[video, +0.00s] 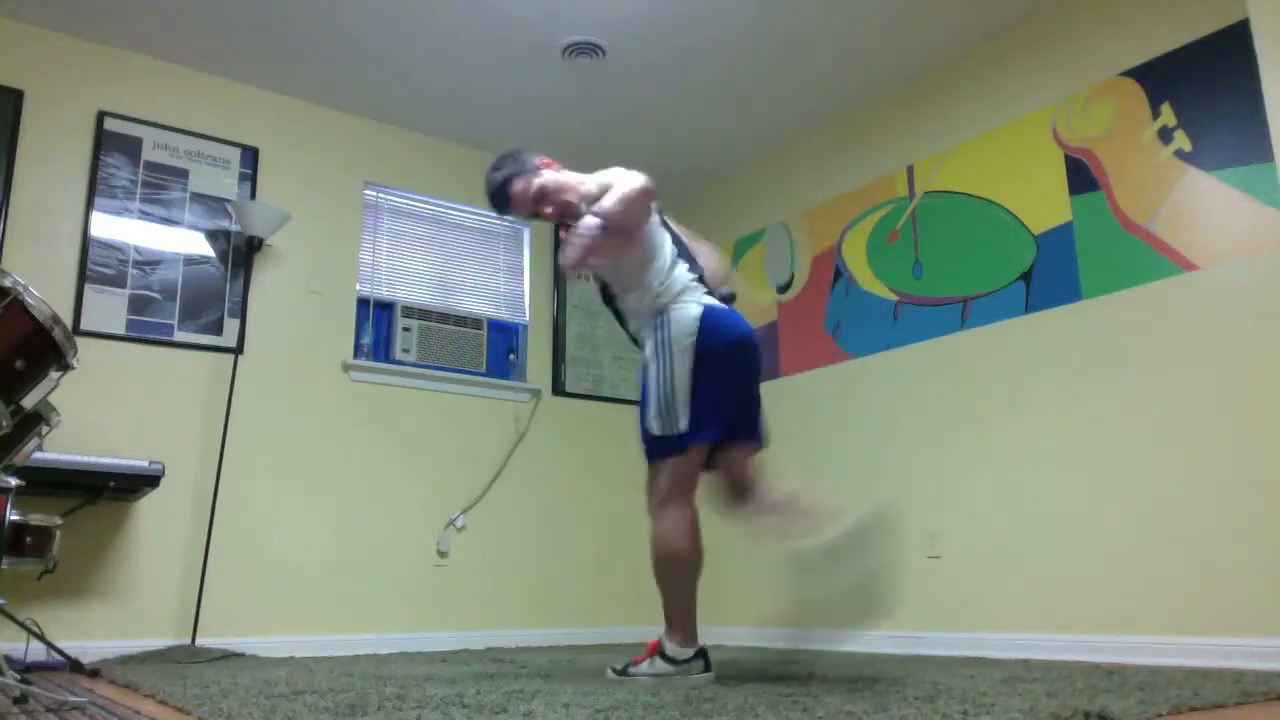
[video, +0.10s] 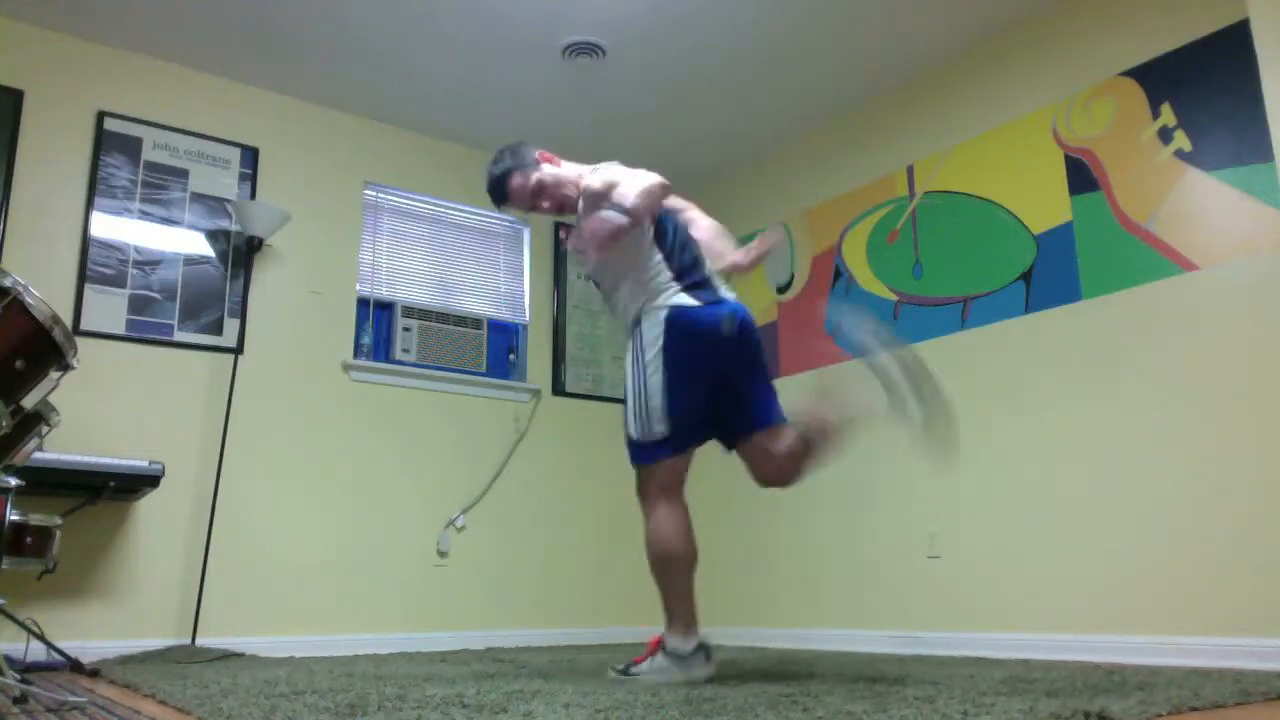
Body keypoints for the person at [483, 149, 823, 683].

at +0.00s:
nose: (547, 210)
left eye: (540, 196)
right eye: (535, 213)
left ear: (549, 164)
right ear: (531, 215)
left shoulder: (601, 183)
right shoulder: (608, 212)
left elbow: (639, 191)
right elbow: (705, 258)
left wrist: (593, 227)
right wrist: (723, 289)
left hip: (685, 335)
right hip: (723, 332)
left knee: (670, 498)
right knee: (740, 489)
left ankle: (680, 648)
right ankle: (840, 525)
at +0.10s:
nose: (547, 203)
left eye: (540, 189)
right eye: (536, 205)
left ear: (548, 160)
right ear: (530, 212)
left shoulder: (592, 179)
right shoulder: (604, 196)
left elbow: (650, 185)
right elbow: (680, 210)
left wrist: (618, 216)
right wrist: (728, 254)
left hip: (668, 325)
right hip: (723, 319)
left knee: (660, 493)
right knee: (775, 464)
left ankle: (682, 645)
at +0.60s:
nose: (548, 201)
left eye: (542, 189)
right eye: (538, 200)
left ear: (556, 156)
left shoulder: (609, 178)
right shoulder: (608, 195)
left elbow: (667, 190)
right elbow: (630, 243)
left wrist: (681, 232)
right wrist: (585, 237)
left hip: (678, 317)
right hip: (723, 309)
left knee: (648, 477)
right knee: (728, 472)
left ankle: (685, 624)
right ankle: (759, 365)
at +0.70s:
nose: (561, 207)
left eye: (555, 194)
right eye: (552, 205)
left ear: (568, 161)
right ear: (551, 200)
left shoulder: (619, 183)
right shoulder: (612, 207)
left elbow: (669, 199)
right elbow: (629, 267)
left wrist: (663, 242)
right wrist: (575, 277)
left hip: (686, 331)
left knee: (658, 489)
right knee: (711, 485)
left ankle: (695, 641)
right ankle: (706, 393)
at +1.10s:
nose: (569, 254)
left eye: (562, 240)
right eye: (557, 253)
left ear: (573, 206)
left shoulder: (630, 230)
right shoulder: (613, 230)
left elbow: (691, 265)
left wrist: (649, 337)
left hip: (719, 358)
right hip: (743, 355)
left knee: (676, 502)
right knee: (716, 504)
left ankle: (708, 646)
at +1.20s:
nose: (567, 264)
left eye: (561, 251)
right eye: (556, 262)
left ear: (572, 217)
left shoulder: (638, 241)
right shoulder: (620, 249)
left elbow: (699, 270)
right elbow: (690, 244)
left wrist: (656, 334)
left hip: (723, 366)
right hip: (709, 371)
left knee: (673, 502)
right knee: (712, 516)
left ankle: (708, 646)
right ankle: (822, 601)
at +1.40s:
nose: (578, 211)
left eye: (572, 200)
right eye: (570, 206)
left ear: (589, 172)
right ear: (580, 182)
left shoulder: (656, 199)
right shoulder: (628, 220)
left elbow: (747, 212)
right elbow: (652, 284)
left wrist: (769, 265)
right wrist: (609, 307)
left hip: (705, 334)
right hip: (720, 336)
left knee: (660, 479)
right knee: (727, 479)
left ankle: (701, 624)